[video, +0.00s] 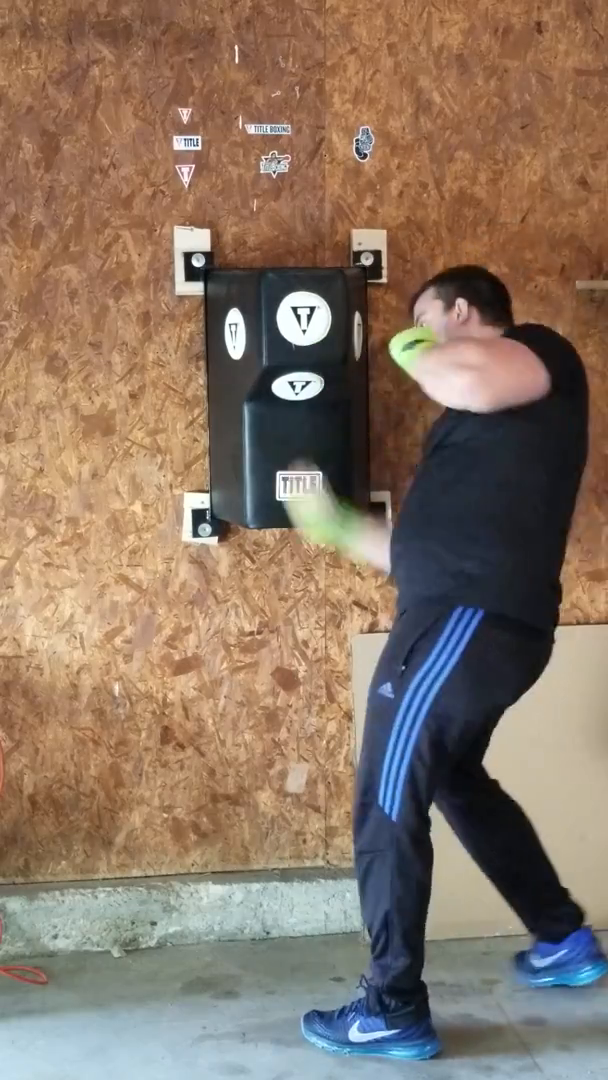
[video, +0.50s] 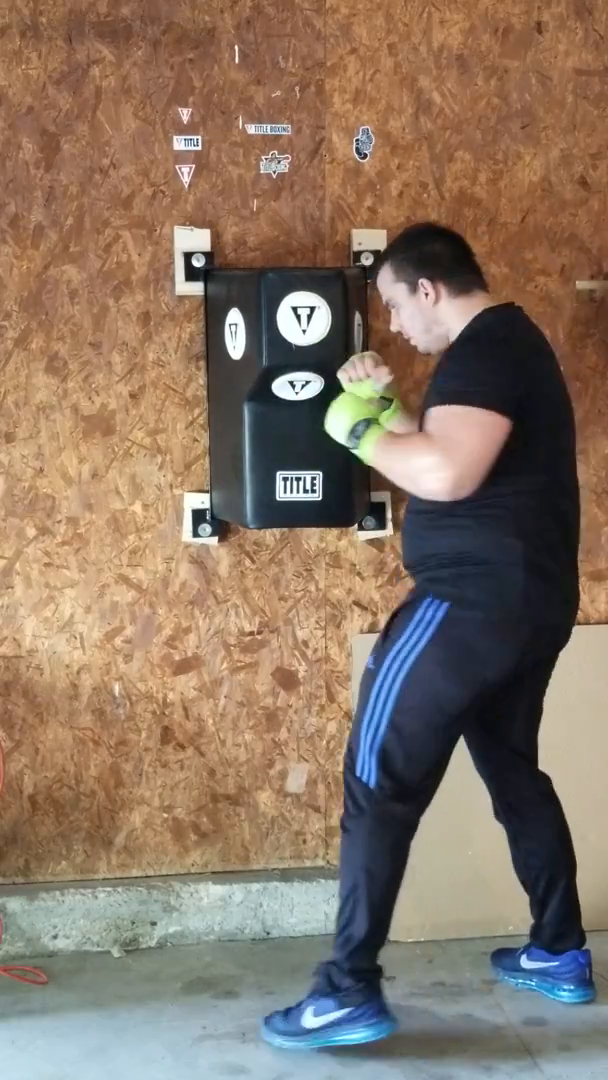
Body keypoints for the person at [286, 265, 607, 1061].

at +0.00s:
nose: (421, 342)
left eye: (425, 325)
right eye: (419, 331)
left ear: (463, 308)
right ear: (472, 314)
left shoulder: (543, 349)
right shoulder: (487, 407)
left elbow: (471, 382)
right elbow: (433, 550)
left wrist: (413, 350)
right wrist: (334, 522)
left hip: (467, 611)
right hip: (484, 617)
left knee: (387, 798)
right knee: (455, 776)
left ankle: (393, 1006)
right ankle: (564, 938)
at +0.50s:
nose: (396, 326)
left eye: (396, 305)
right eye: (391, 310)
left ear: (429, 287)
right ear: (453, 283)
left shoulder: (483, 350)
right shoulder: (514, 342)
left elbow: (444, 472)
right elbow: (457, 458)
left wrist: (369, 428)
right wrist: (393, 411)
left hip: (470, 597)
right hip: (534, 598)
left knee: (378, 782)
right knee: (511, 768)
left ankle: (349, 987)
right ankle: (560, 953)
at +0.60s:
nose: (385, 330)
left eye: (383, 316)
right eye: (381, 319)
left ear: (413, 300)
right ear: (459, 289)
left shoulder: (442, 362)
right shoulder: (531, 356)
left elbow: (371, 475)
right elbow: (474, 453)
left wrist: (330, 406)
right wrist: (397, 390)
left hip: (447, 617)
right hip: (534, 615)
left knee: (368, 801)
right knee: (510, 769)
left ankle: (319, 1003)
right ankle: (561, 954)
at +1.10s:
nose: (356, 313)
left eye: (355, 304)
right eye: (362, 306)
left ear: (371, 300)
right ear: (448, 294)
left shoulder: (338, 358)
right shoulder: (517, 368)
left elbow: (257, 463)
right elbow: (481, 462)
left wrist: (281, 395)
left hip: (355, 641)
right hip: (477, 642)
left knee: (324, 828)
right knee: (495, 840)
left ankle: (303, 1021)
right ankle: (522, 1049)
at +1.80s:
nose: (436, 309)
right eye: (440, 297)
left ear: (353, 277)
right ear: (438, 297)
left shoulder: (280, 336)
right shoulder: (452, 370)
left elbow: (228, 382)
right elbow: (495, 501)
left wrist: (334, 348)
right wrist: (433, 425)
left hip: (241, 653)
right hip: (360, 665)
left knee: (245, 822)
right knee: (402, 884)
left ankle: (170, 1033)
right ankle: (412, 1068)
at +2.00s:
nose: (360, 309)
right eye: (361, 296)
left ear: (267, 285)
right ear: (358, 298)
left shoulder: (192, 355)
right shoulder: (389, 378)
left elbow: (150, 452)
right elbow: (450, 496)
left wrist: (245, 427)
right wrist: (375, 461)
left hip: (199, 668)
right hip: (324, 668)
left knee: (203, 858)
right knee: (375, 873)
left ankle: (165, 1051)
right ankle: (412, 1065)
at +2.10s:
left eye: (242, 280)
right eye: (308, 282)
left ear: (230, 284)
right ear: (321, 286)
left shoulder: (173, 352)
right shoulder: (377, 355)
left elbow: (121, 448)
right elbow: (433, 419)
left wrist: (209, 419)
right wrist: (348, 341)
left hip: (201, 659)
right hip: (326, 659)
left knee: (192, 862)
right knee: (346, 874)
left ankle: (164, 1052)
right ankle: (355, 1065)